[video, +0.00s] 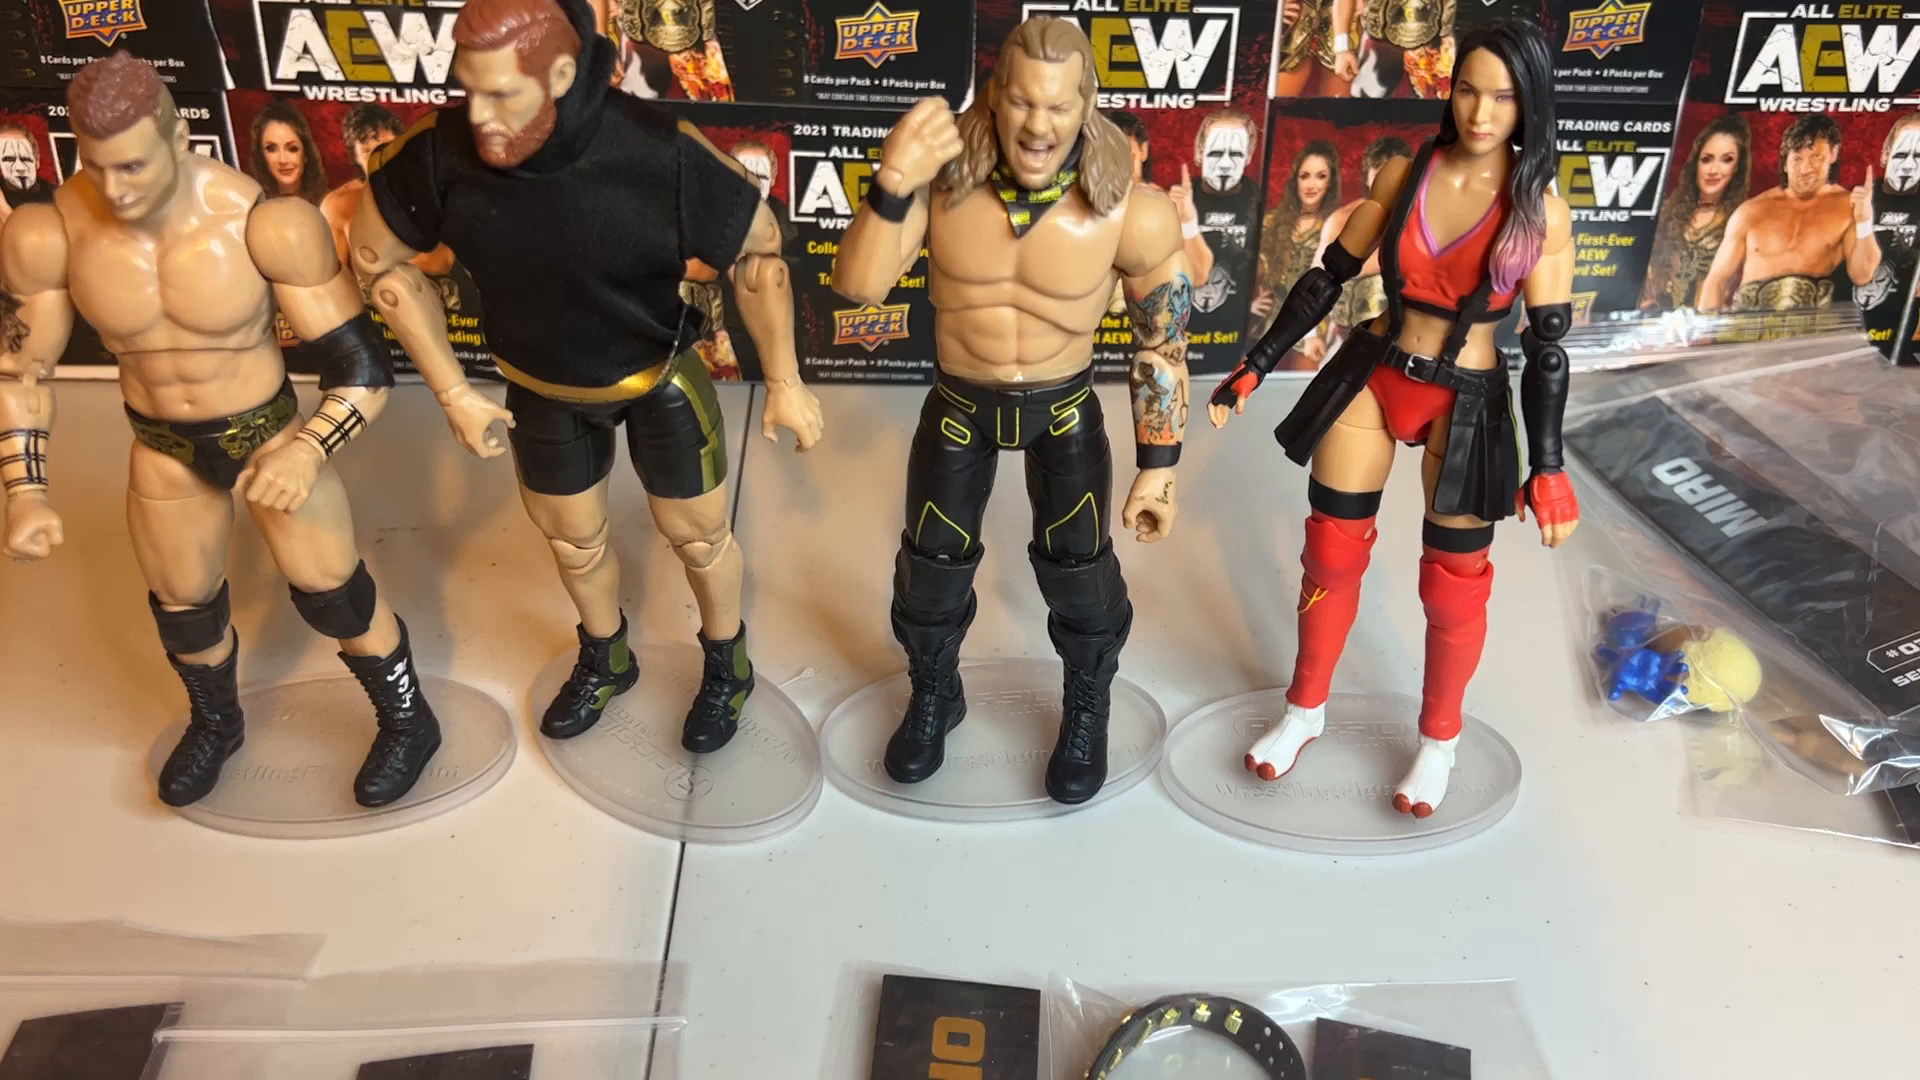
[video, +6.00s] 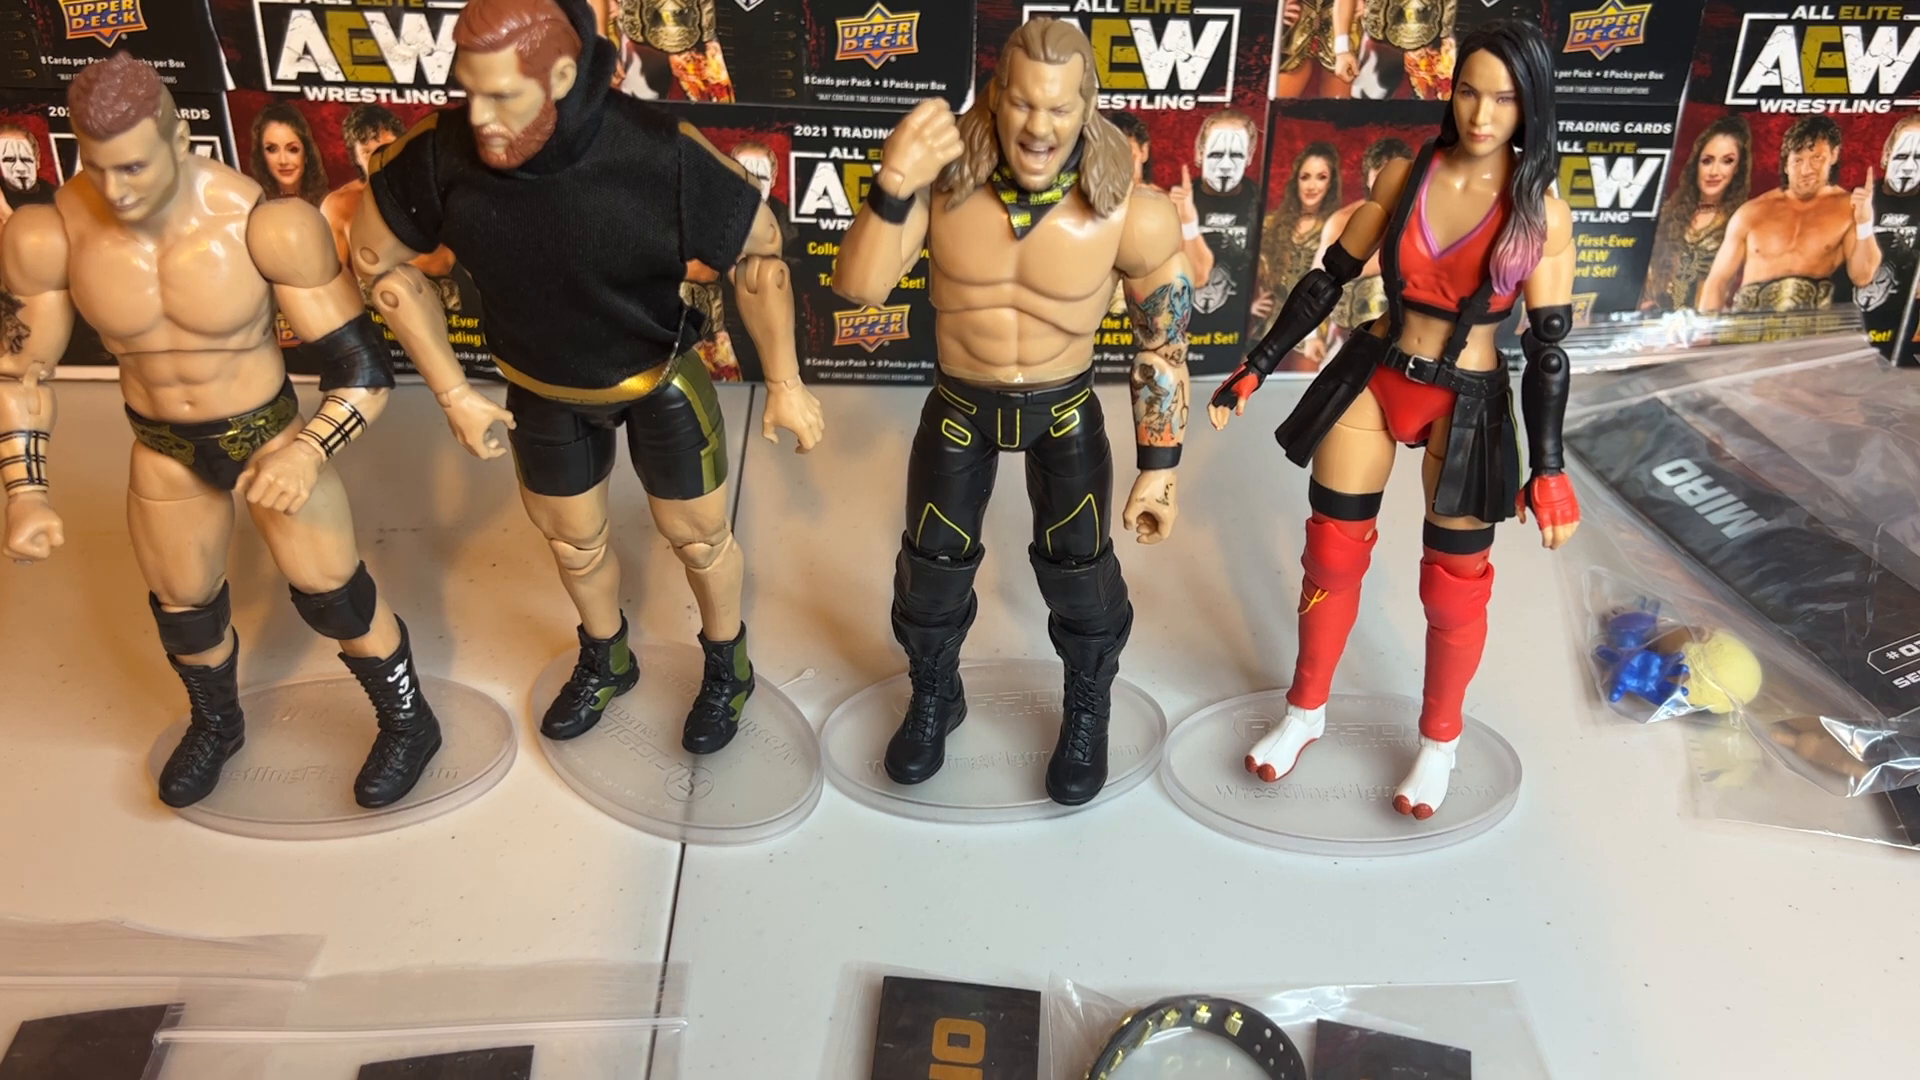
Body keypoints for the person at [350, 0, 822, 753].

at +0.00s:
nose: (480, 117)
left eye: (502, 95)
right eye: (467, 94)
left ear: (563, 76)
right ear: (456, 79)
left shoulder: (652, 151)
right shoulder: (442, 156)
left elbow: (756, 245)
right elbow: (372, 251)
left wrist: (784, 381)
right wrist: (452, 391)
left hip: (661, 380)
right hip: (542, 393)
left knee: (700, 539)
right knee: (575, 545)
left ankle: (725, 666)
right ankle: (606, 660)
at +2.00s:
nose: (481, 118)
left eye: (502, 96)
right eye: (468, 95)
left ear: (563, 75)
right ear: (456, 80)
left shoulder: (653, 154)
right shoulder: (443, 157)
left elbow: (757, 246)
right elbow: (372, 251)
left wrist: (784, 381)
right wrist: (452, 392)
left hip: (661, 381)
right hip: (542, 394)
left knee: (700, 541)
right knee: (575, 547)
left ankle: (726, 667)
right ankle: (607, 660)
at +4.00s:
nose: (481, 119)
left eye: (503, 96)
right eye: (468, 95)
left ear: (564, 76)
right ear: (456, 81)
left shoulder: (653, 155)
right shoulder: (443, 159)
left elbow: (757, 246)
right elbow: (372, 251)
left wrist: (784, 381)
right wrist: (452, 392)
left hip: (661, 382)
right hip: (543, 395)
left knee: (700, 540)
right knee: (575, 546)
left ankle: (726, 666)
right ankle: (607, 660)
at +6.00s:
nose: (481, 119)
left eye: (503, 96)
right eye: (468, 95)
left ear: (564, 76)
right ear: (456, 81)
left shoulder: (654, 155)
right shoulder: (443, 158)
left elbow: (757, 246)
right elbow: (373, 251)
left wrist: (784, 381)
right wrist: (452, 392)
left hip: (661, 383)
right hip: (542, 395)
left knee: (701, 541)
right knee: (575, 547)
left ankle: (726, 666)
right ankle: (607, 660)